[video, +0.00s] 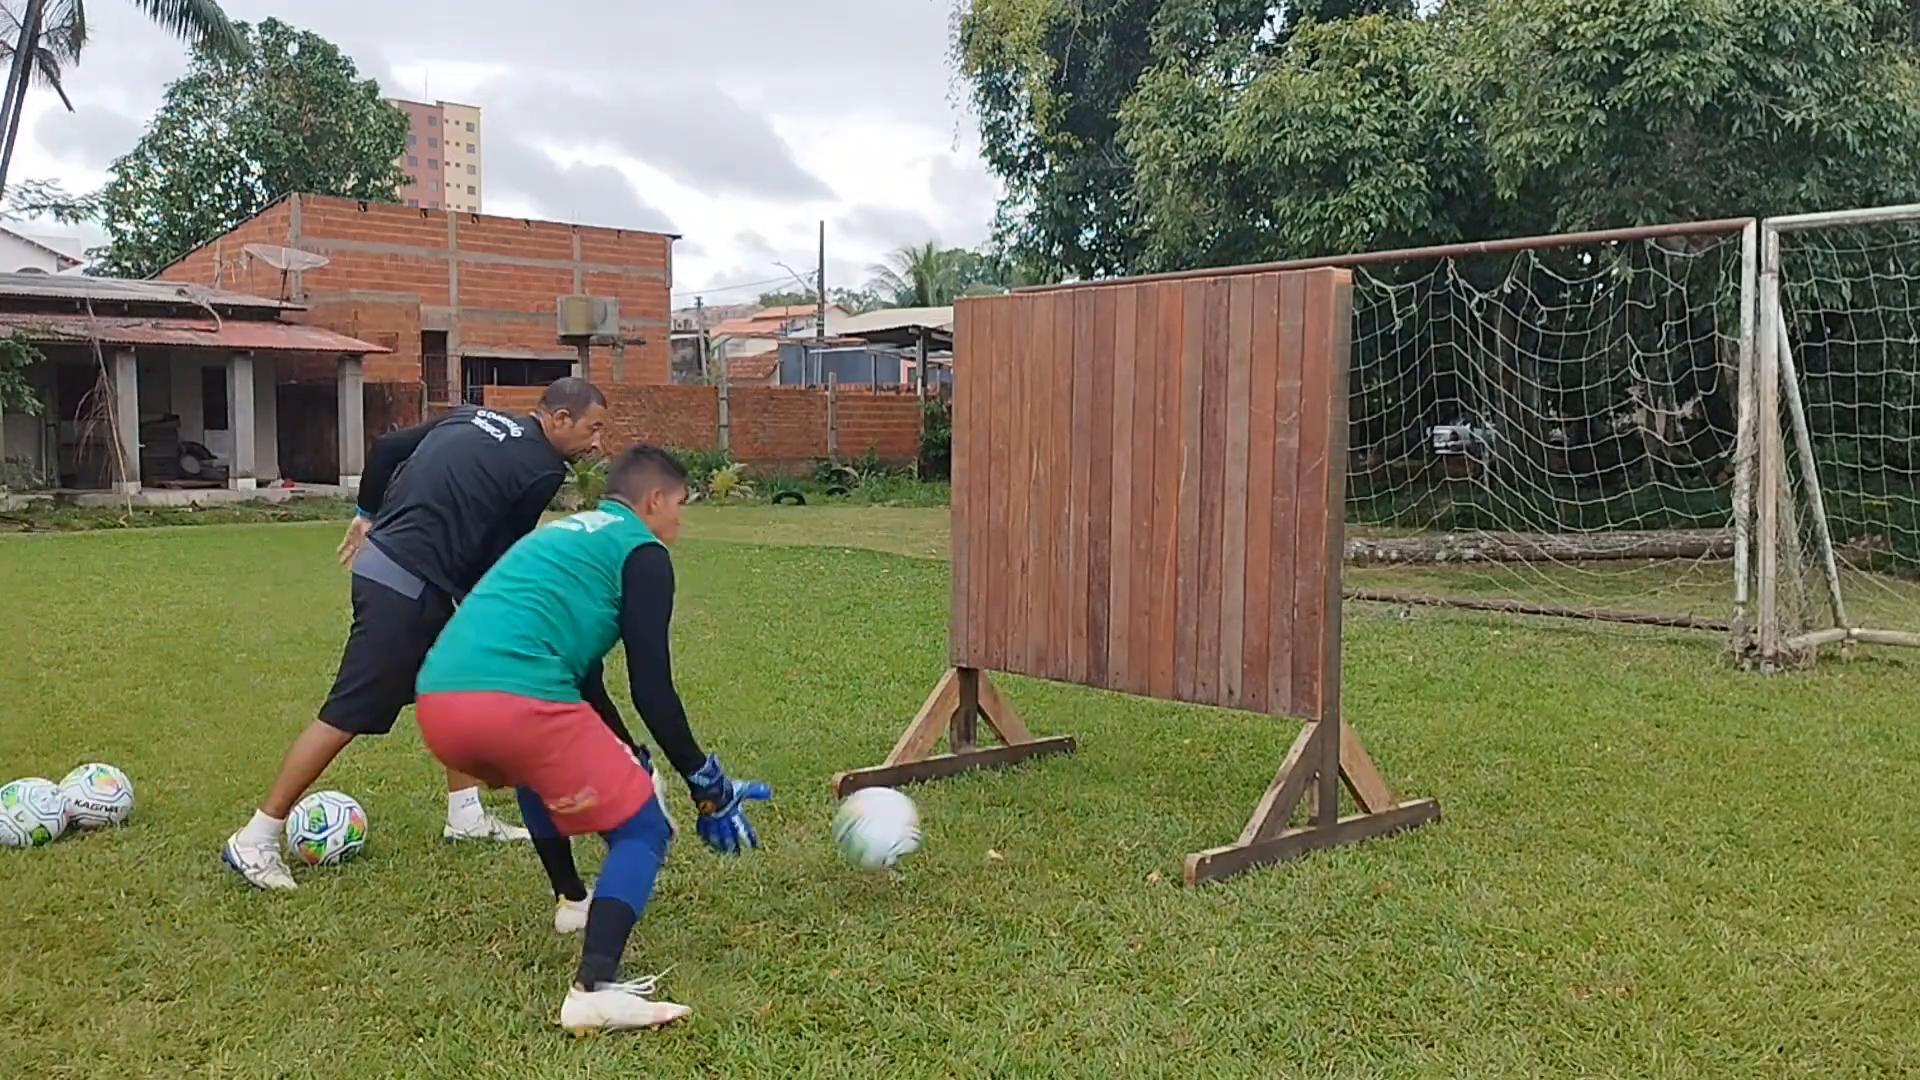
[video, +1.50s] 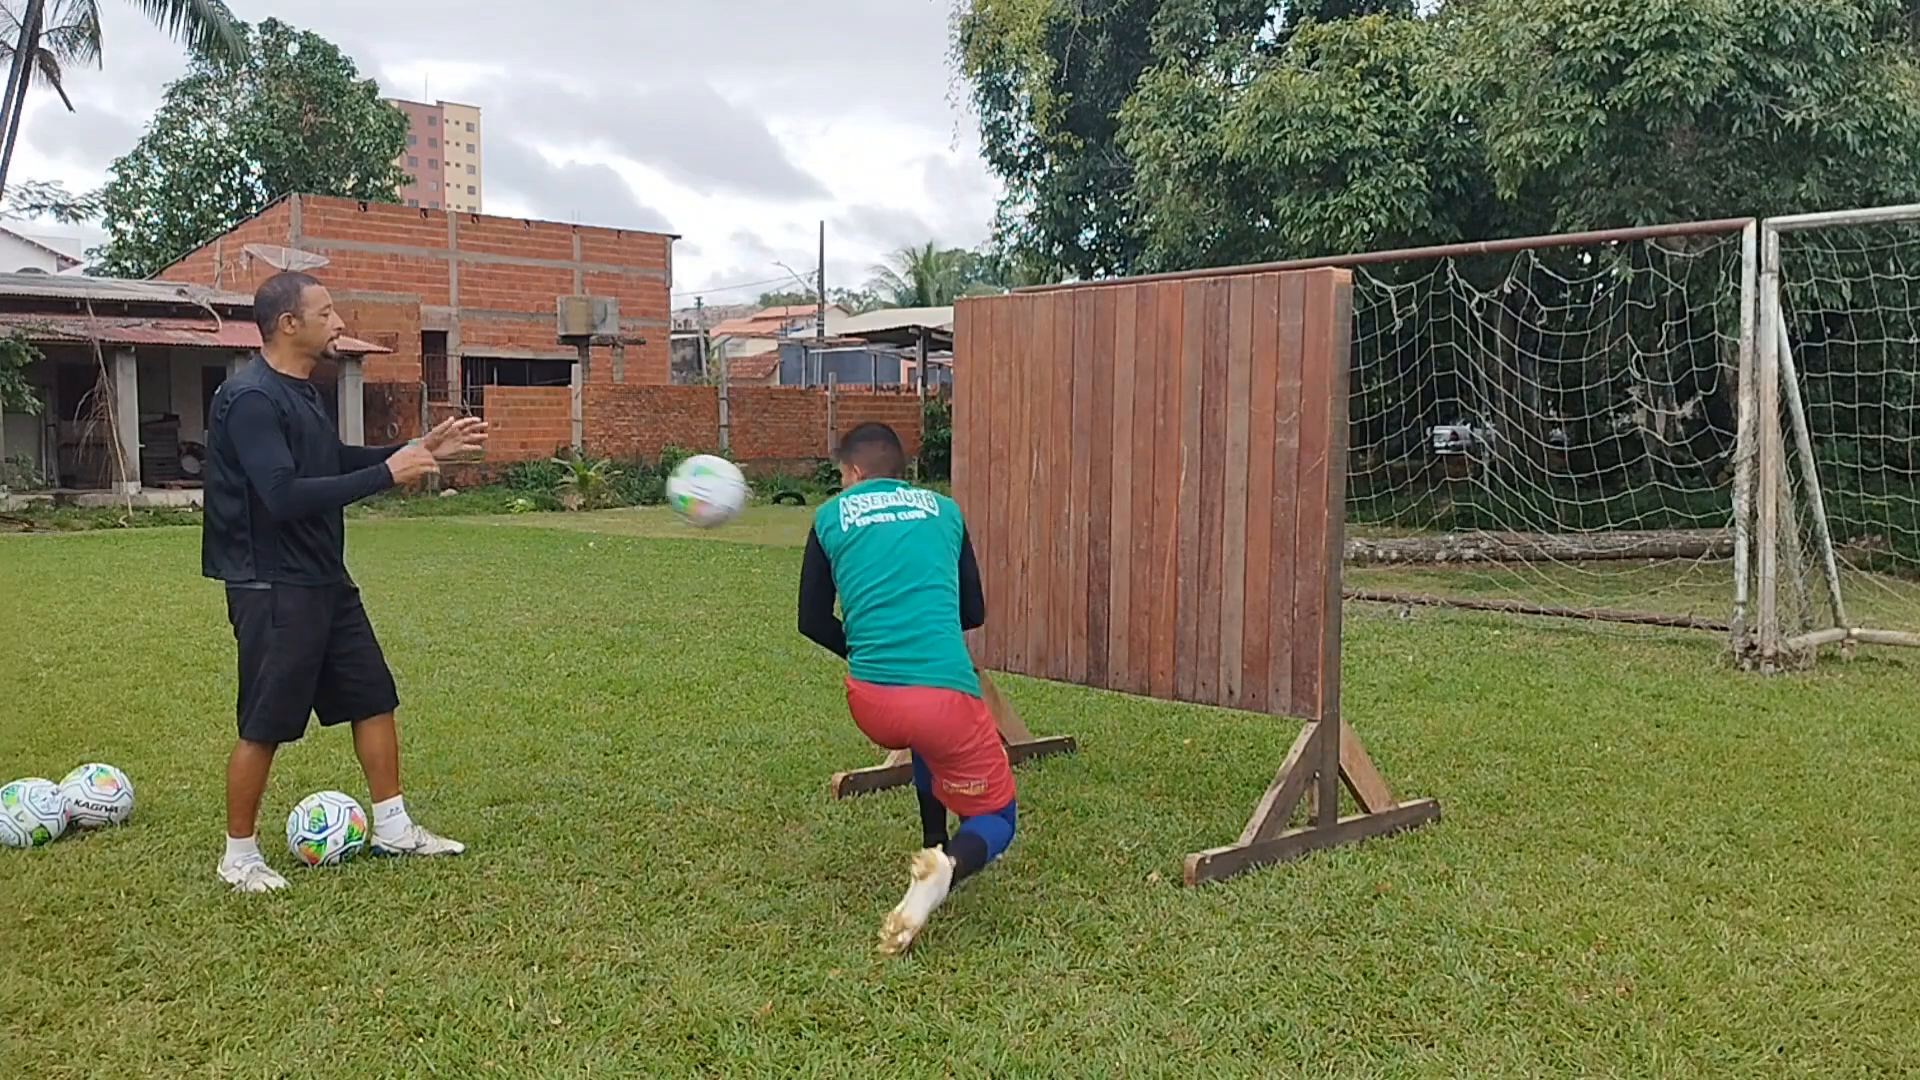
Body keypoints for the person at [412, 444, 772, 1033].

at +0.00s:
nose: (680, 525)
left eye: (684, 510)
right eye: (681, 509)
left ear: (614, 496)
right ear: (655, 500)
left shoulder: (562, 534)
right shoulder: (643, 551)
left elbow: (585, 681)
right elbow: (651, 684)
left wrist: (629, 758)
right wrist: (703, 775)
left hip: (440, 701)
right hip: (523, 705)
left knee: (534, 773)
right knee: (643, 828)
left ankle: (571, 898)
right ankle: (595, 986)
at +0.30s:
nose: (844, 676)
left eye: (847, 665)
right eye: (844, 662)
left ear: (791, 642)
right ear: (819, 649)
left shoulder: (742, 661)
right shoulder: (804, 689)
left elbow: (727, 800)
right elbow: (777, 804)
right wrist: (835, 794)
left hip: (580, 762)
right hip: (637, 793)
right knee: (749, 925)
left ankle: (585, 885)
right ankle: (612, 974)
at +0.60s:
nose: (1044, 810)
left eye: (1050, 803)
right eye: (1050, 799)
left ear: (1016, 755)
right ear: (1040, 777)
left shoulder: (966, 766)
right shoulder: (1016, 786)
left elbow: (943, 873)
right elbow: (981, 889)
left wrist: (993, 863)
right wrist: (1022, 881)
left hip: (802, 741)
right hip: (842, 761)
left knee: (769, 865)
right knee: (832, 925)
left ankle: (645, 856)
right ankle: (666, 900)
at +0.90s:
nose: (1088, 720)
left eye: (1090, 713)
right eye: (1091, 712)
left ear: (1041, 687)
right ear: (1083, 707)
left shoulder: (993, 697)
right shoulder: (1074, 743)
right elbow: (1012, 813)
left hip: (865, 783)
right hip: (926, 812)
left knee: (892, 855)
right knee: (1039, 885)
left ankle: (788, 866)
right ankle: (924, 901)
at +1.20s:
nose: (949, 551)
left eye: (948, 546)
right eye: (950, 548)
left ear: (954, 545)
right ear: (1006, 550)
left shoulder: (930, 574)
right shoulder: (1042, 598)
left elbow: (853, 618)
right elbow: (1055, 682)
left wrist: (896, 679)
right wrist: (1011, 716)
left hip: (896, 747)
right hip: (972, 773)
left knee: (897, 713)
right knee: (1042, 884)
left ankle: (855, 845)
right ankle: (947, 901)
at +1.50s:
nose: (841, 481)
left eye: (841, 473)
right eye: (842, 474)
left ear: (852, 472)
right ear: (902, 469)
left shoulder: (831, 516)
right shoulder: (943, 509)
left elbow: (813, 621)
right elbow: (972, 612)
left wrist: (867, 647)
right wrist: (911, 623)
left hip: (872, 702)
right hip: (944, 704)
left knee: (926, 739)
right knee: (996, 817)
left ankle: (935, 847)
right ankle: (946, 866)